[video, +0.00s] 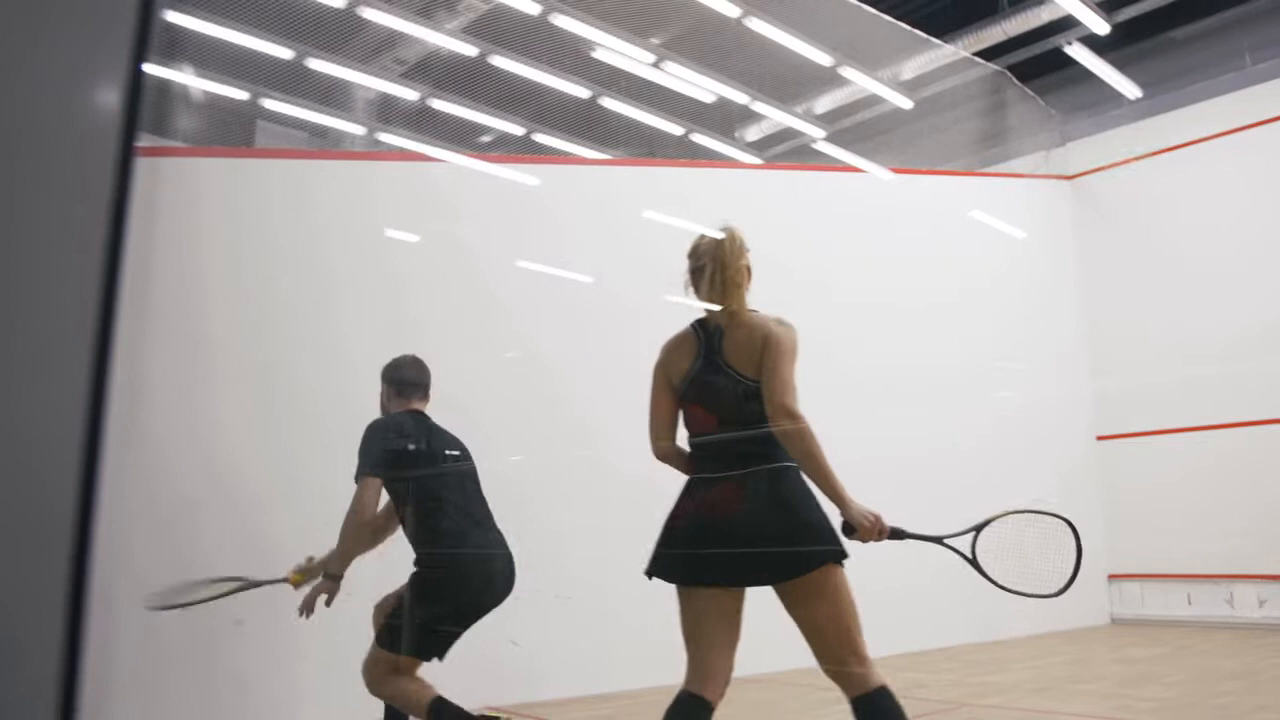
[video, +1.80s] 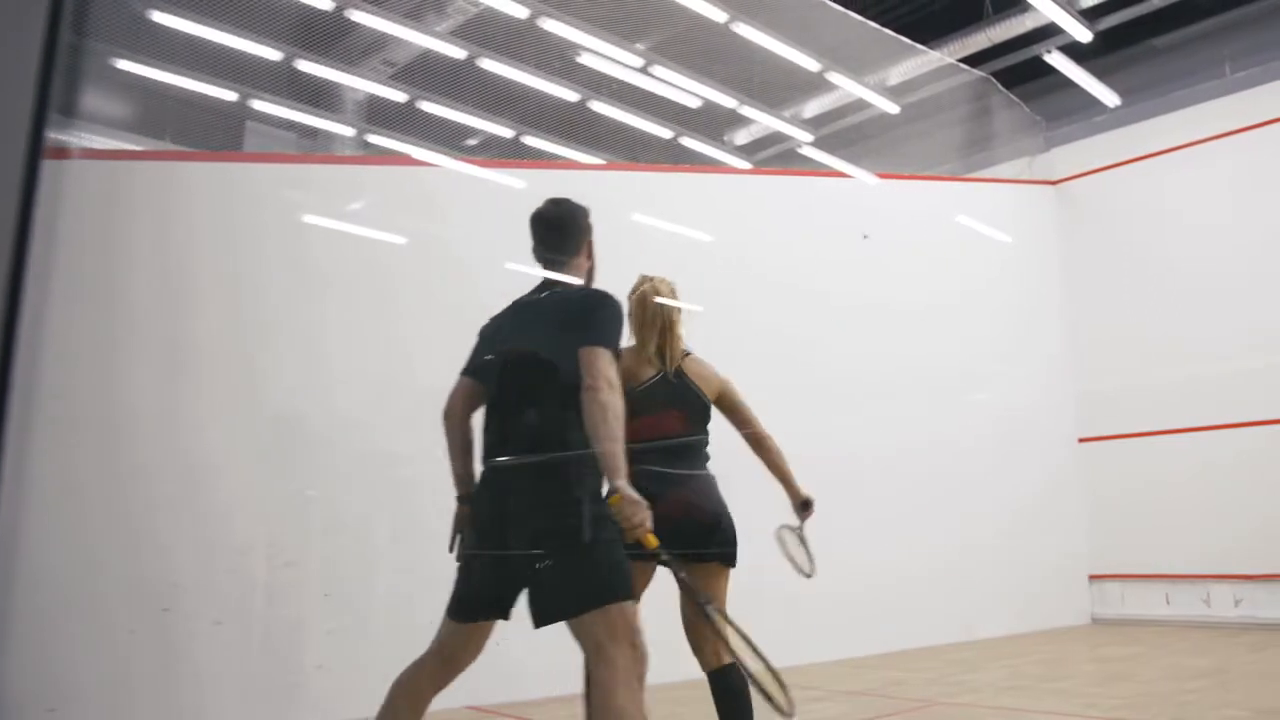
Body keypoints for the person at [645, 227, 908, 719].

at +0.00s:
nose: (750, 271)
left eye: (743, 265)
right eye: (748, 265)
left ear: (695, 278)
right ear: (746, 271)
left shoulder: (674, 351)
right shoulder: (774, 334)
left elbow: (664, 447)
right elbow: (784, 418)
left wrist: (719, 473)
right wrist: (847, 505)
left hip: (704, 517)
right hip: (778, 512)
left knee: (702, 683)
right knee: (853, 670)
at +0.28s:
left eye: (742, 294)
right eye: (792, 285)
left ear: (741, 301)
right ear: (793, 292)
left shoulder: (723, 367)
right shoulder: (826, 349)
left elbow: (713, 460)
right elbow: (850, 428)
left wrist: (755, 500)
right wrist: (907, 514)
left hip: (759, 529)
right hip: (833, 523)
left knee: (765, 681)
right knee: (889, 672)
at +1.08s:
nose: (779, 313)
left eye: (736, 310)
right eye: (777, 305)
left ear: (732, 316)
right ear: (779, 310)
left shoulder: (707, 376)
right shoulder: (801, 369)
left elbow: (690, 451)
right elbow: (836, 444)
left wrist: (687, 518)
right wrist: (890, 508)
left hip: (727, 525)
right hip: (792, 520)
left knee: (744, 650)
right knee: (849, 660)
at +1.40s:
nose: (738, 308)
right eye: (737, 300)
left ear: (689, 305)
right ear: (736, 304)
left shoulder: (662, 363)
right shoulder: (756, 362)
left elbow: (641, 437)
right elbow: (802, 429)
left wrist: (636, 497)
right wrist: (852, 486)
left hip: (682, 513)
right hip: (746, 506)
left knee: (707, 641)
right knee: (782, 637)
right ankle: (808, 715)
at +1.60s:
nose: (712, 299)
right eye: (711, 292)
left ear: (662, 299)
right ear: (709, 298)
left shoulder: (641, 350)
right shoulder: (738, 356)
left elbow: (623, 426)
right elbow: (792, 422)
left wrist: (605, 484)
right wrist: (831, 475)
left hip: (657, 495)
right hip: (722, 492)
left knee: (667, 632)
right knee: (733, 630)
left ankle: (671, 717)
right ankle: (755, 716)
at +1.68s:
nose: (651, 310)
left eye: (652, 302)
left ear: (651, 305)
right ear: (698, 306)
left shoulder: (633, 354)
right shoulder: (726, 361)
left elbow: (616, 428)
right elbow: (782, 426)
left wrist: (590, 490)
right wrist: (821, 480)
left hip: (648, 497)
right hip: (713, 495)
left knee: (645, 633)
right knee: (721, 631)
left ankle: (647, 717)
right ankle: (746, 716)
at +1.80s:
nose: (638, 322)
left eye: (634, 313)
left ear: (633, 318)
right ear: (678, 317)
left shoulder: (613, 370)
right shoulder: (699, 370)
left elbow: (589, 438)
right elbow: (754, 433)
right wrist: (794, 490)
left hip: (637, 505)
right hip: (701, 506)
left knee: (609, 628)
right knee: (710, 633)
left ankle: (611, 711)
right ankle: (740, 714)